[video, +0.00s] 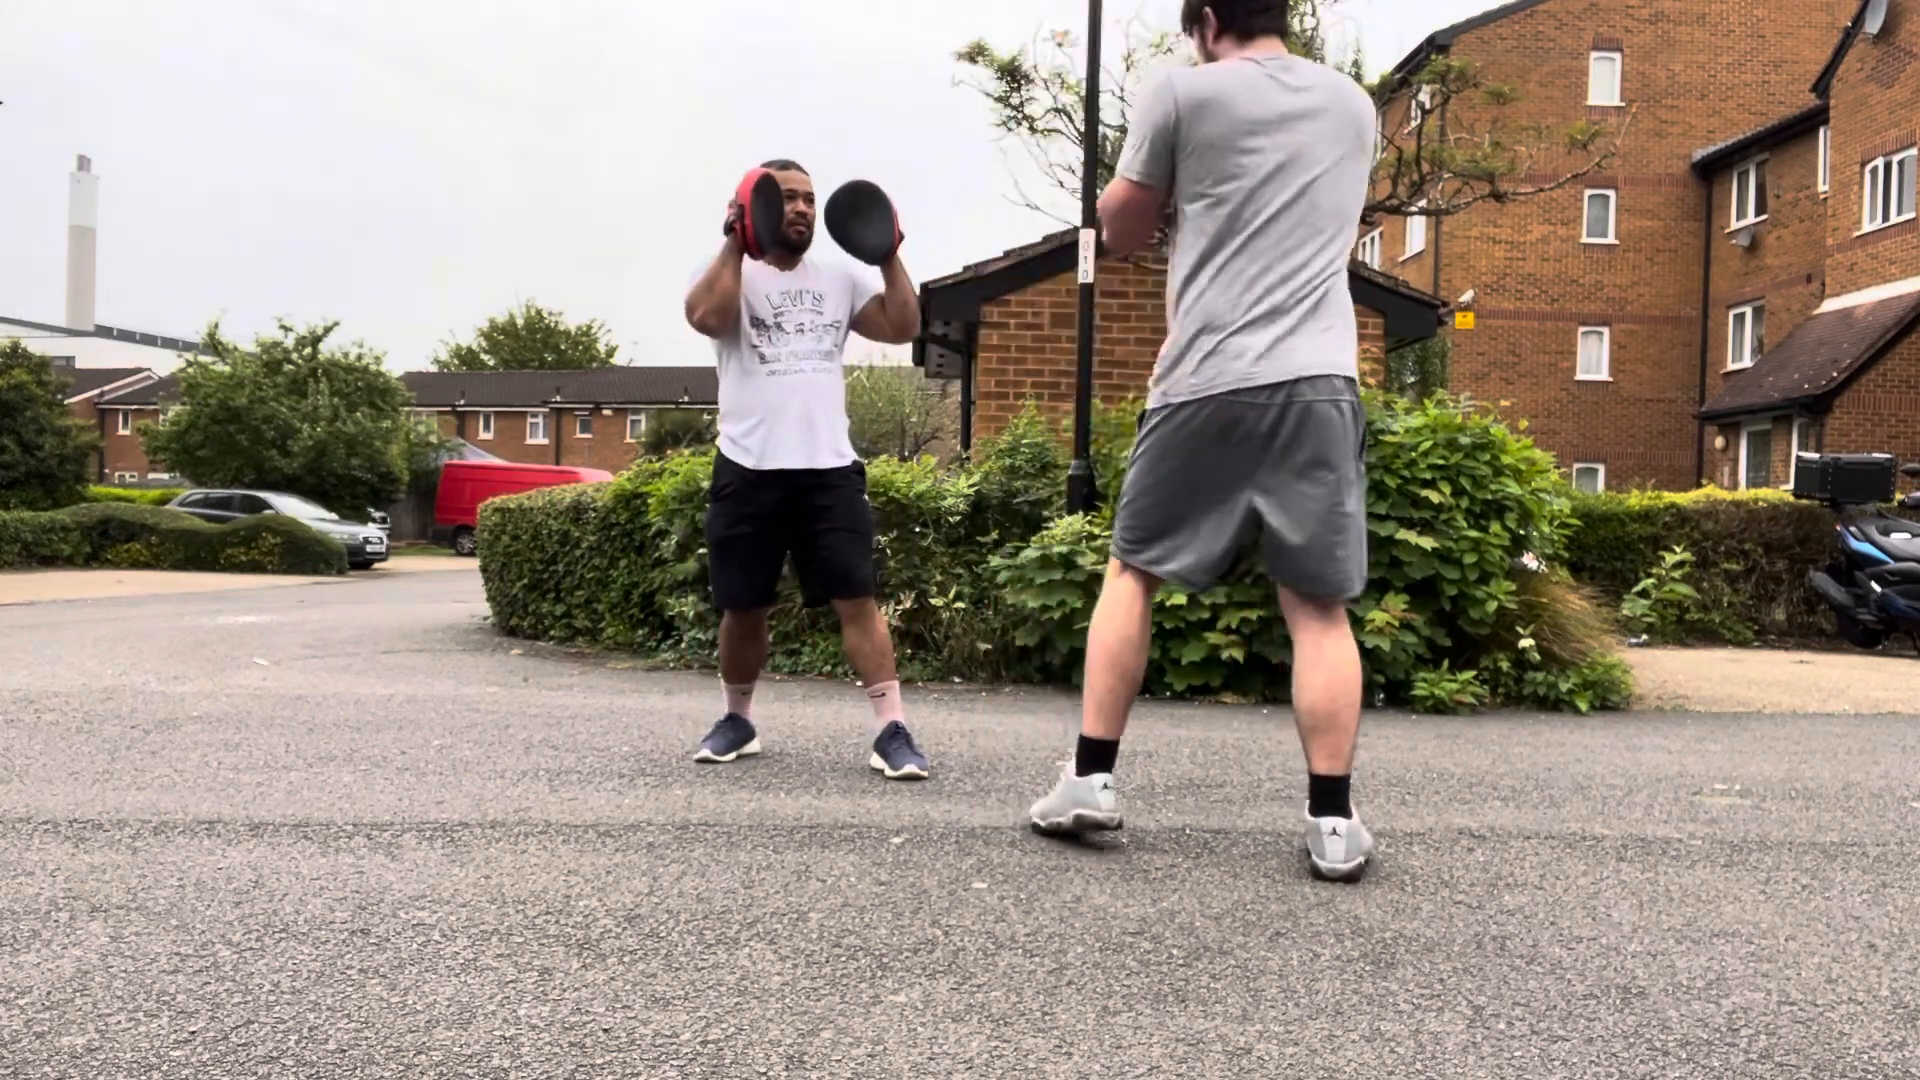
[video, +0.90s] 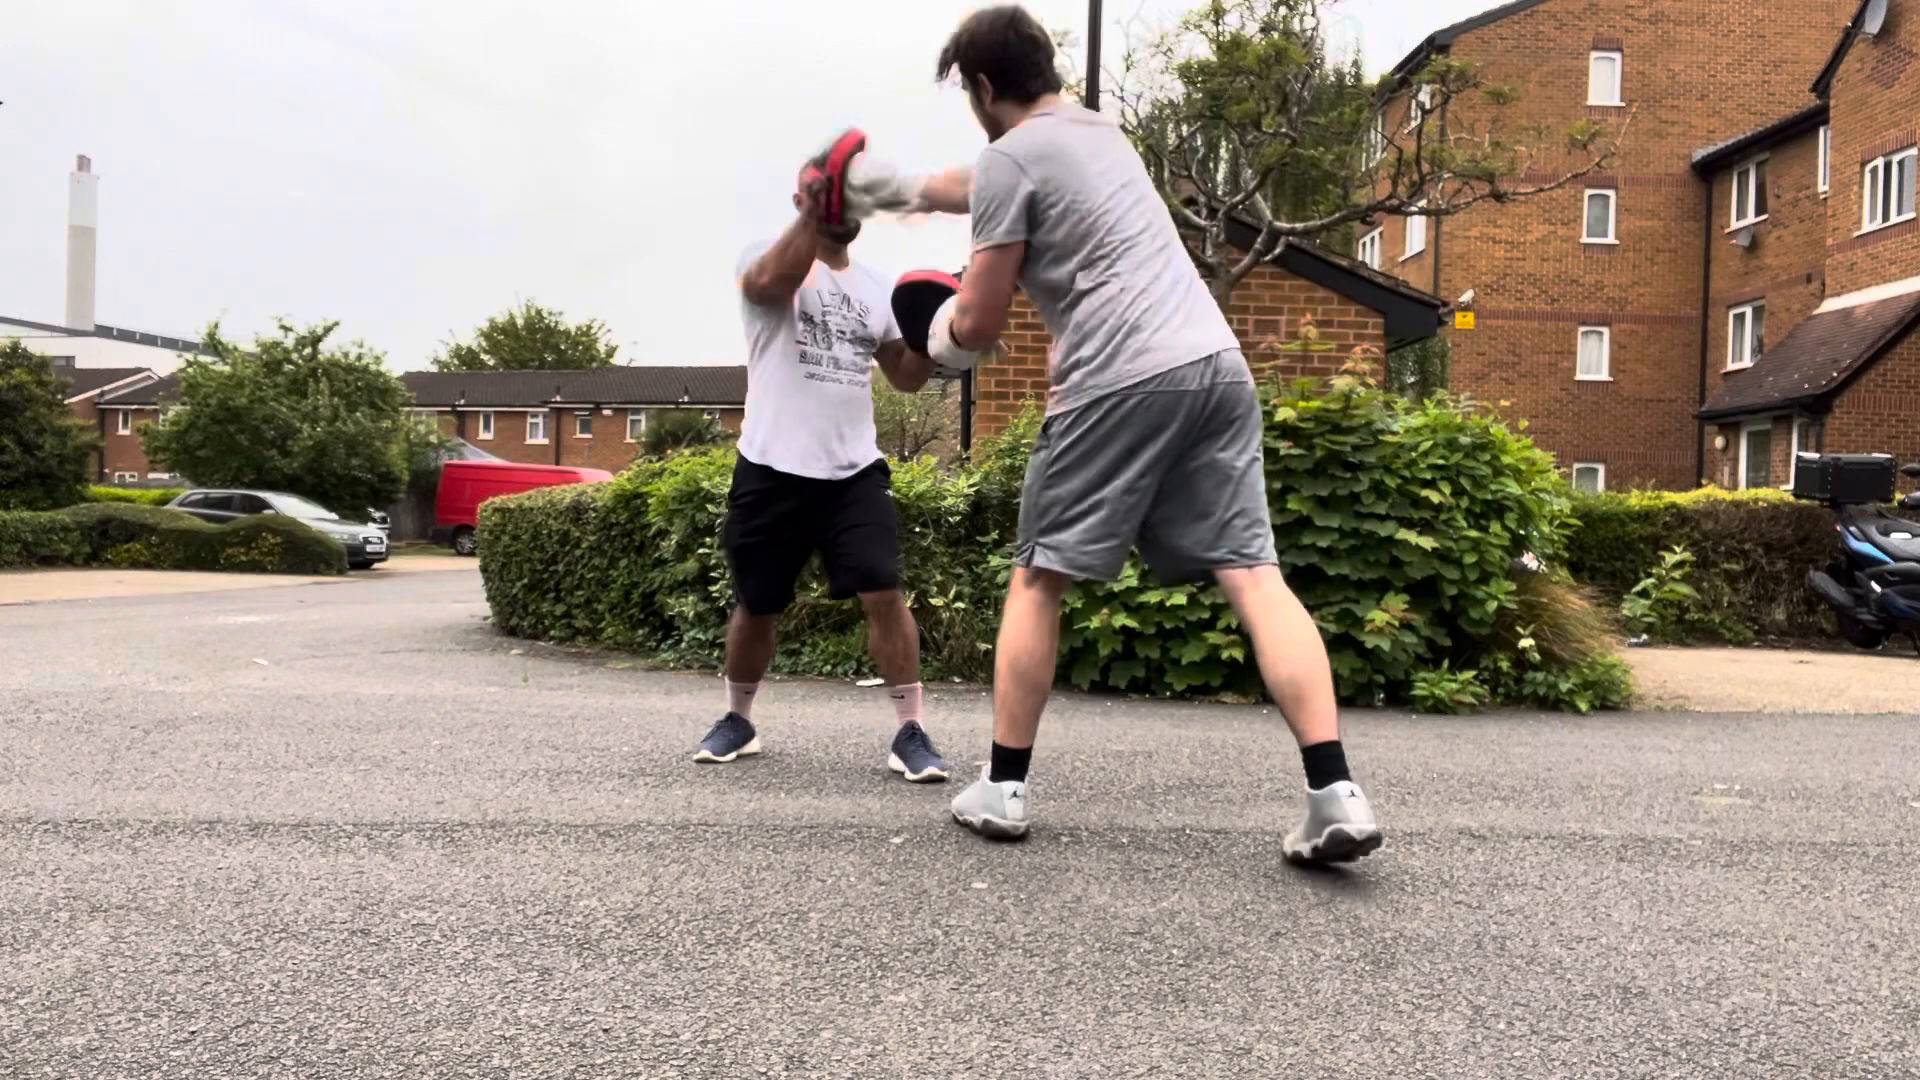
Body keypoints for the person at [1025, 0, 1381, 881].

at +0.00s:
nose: (1188, 41)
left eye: (1188, 28)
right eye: (1191, 30)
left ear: (1206, 21)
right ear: (1284, 20)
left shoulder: (1179, 88)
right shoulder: (1355, 105)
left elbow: (1122, 230)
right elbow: (1322, 212)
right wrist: (1177, 209)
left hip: (1206, 380)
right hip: (1319, 378)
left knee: (1132, 572)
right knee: (1320, 606)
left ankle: (1090, 782)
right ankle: (1333, 826)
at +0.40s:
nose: (1173, 47)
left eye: (1173, 33)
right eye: (1180, 36)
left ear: (1185, 31)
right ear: (1261, 30)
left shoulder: (1157, 107)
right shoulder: (1331, 113)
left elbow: (1073, 232)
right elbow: (1279, 201)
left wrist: (1133, 176)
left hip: (1175, 392)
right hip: (1292, 394)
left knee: (1092, 575)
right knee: (1300, 601)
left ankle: (1014, 766)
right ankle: (1333, 823)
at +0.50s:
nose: (1126, 61)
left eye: (1127, 46)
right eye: (1129, 47)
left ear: (1141, 41)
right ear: (1212, 37)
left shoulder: (1104, 116)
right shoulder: (1287, 113)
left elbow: (996, 220)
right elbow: (1300, 247)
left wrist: (1003, 187)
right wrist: (1228, 207)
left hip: (1127, 395)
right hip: (1248, 395)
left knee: (1066, 582)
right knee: (1284, 598)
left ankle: (1006, 779)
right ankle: (1333, 813)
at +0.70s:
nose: (1027, 77)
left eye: (1027, 64)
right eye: (1029, 64)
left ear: (1043, 60)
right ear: (1114, 48)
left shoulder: (1016, 136)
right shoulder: (1195, 118)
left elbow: (939, 232)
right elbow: (1223, 243)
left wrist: (923, 203)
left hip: (1088, 389)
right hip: (1204, 383)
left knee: (1033, 583)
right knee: (1251, 582)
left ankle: (1000, 787)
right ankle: (1325, 785)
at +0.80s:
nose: (992, 85)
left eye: (991, 73)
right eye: (991, 74)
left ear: (1008, 67)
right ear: (1083, 57)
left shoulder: (995, 142)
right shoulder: (1157, 120)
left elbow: (936, 283)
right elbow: (1161, 225)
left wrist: (942, 297)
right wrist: (1032, 251)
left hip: (1101, 374)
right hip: (1211, 368)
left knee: (1034, 580)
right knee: (1248, 579)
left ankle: (999, 787)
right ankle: (1323, 792)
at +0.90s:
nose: (971, 109)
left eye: (966, 94)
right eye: (968, 95)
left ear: (985, 84)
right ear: (1047, 72)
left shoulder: (1009, 161)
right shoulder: (1103, 134)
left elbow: (977, 326)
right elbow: (975, 185)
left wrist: (952, 324)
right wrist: (892, 184)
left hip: (1117, 381)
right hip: (1218, 364)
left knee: (1038, 580)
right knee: (1256, 577)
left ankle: (1003, 788)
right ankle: (1336, 794)